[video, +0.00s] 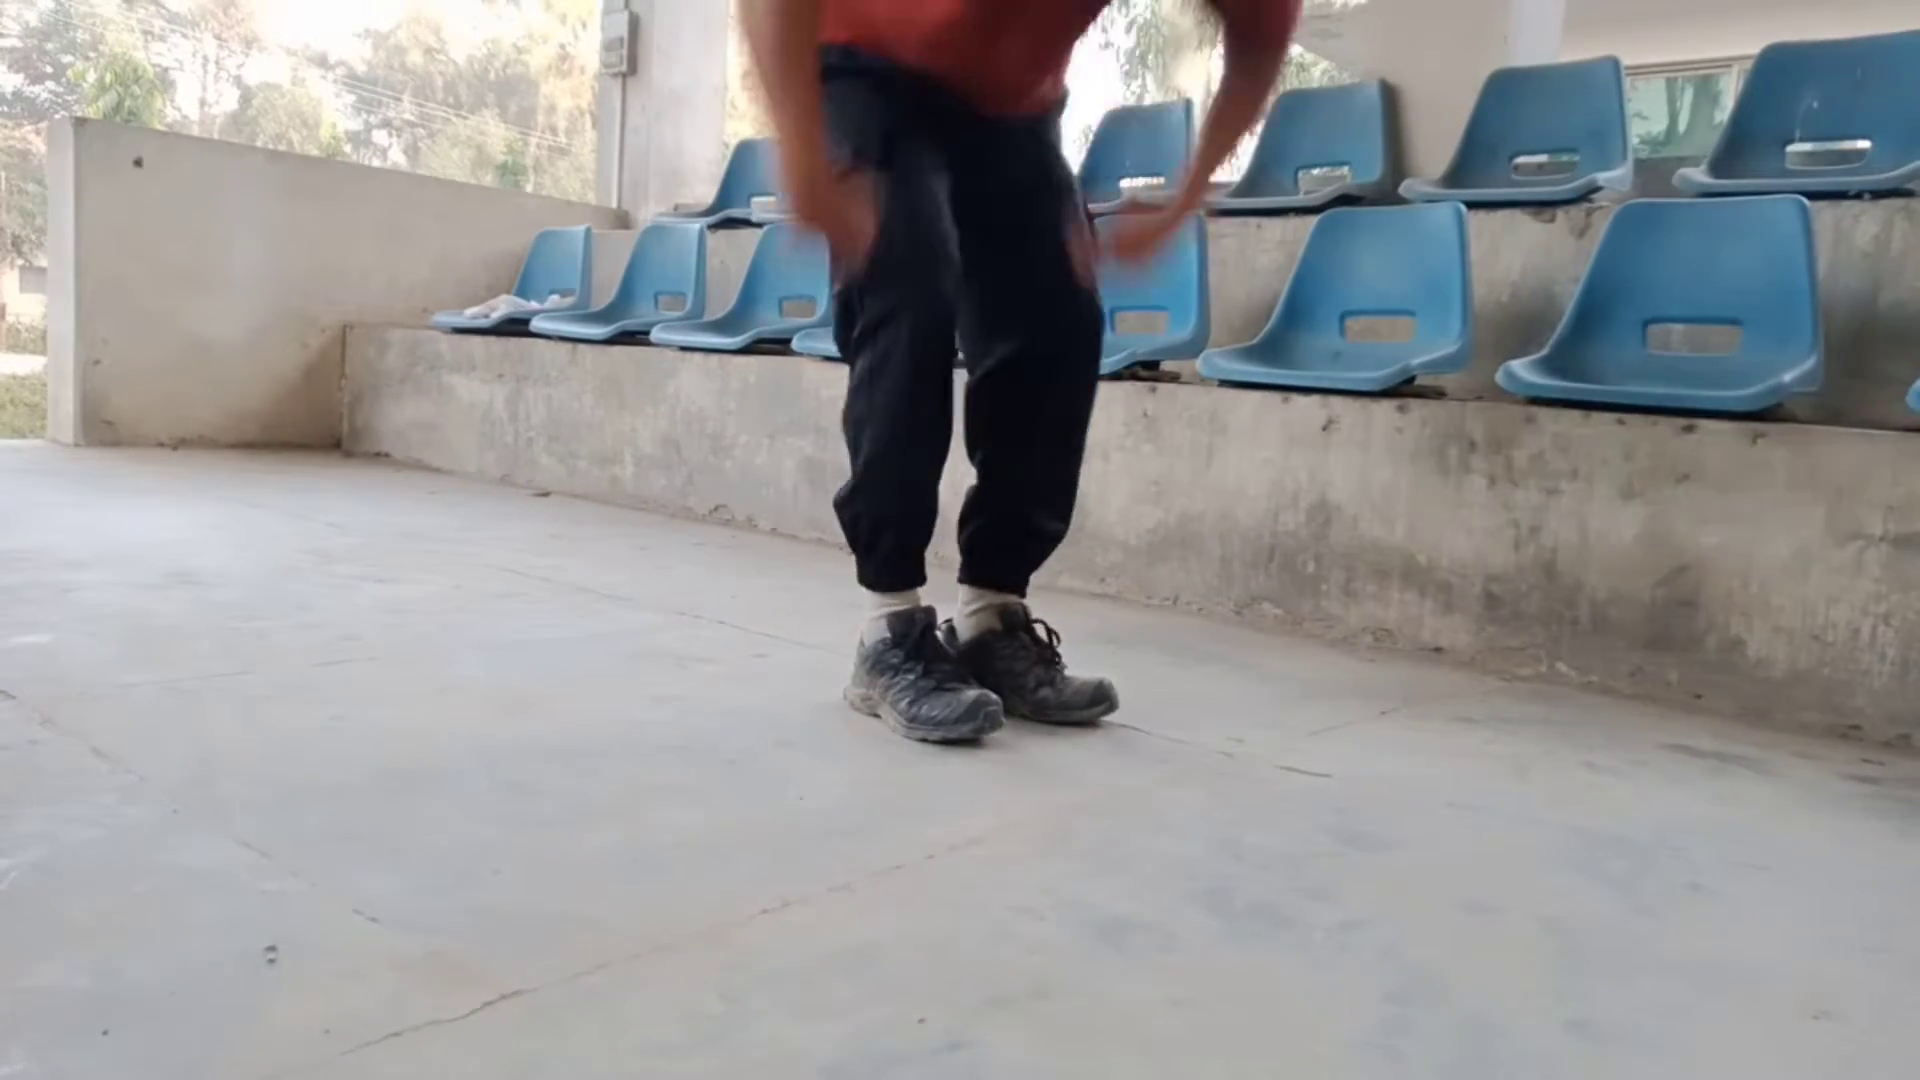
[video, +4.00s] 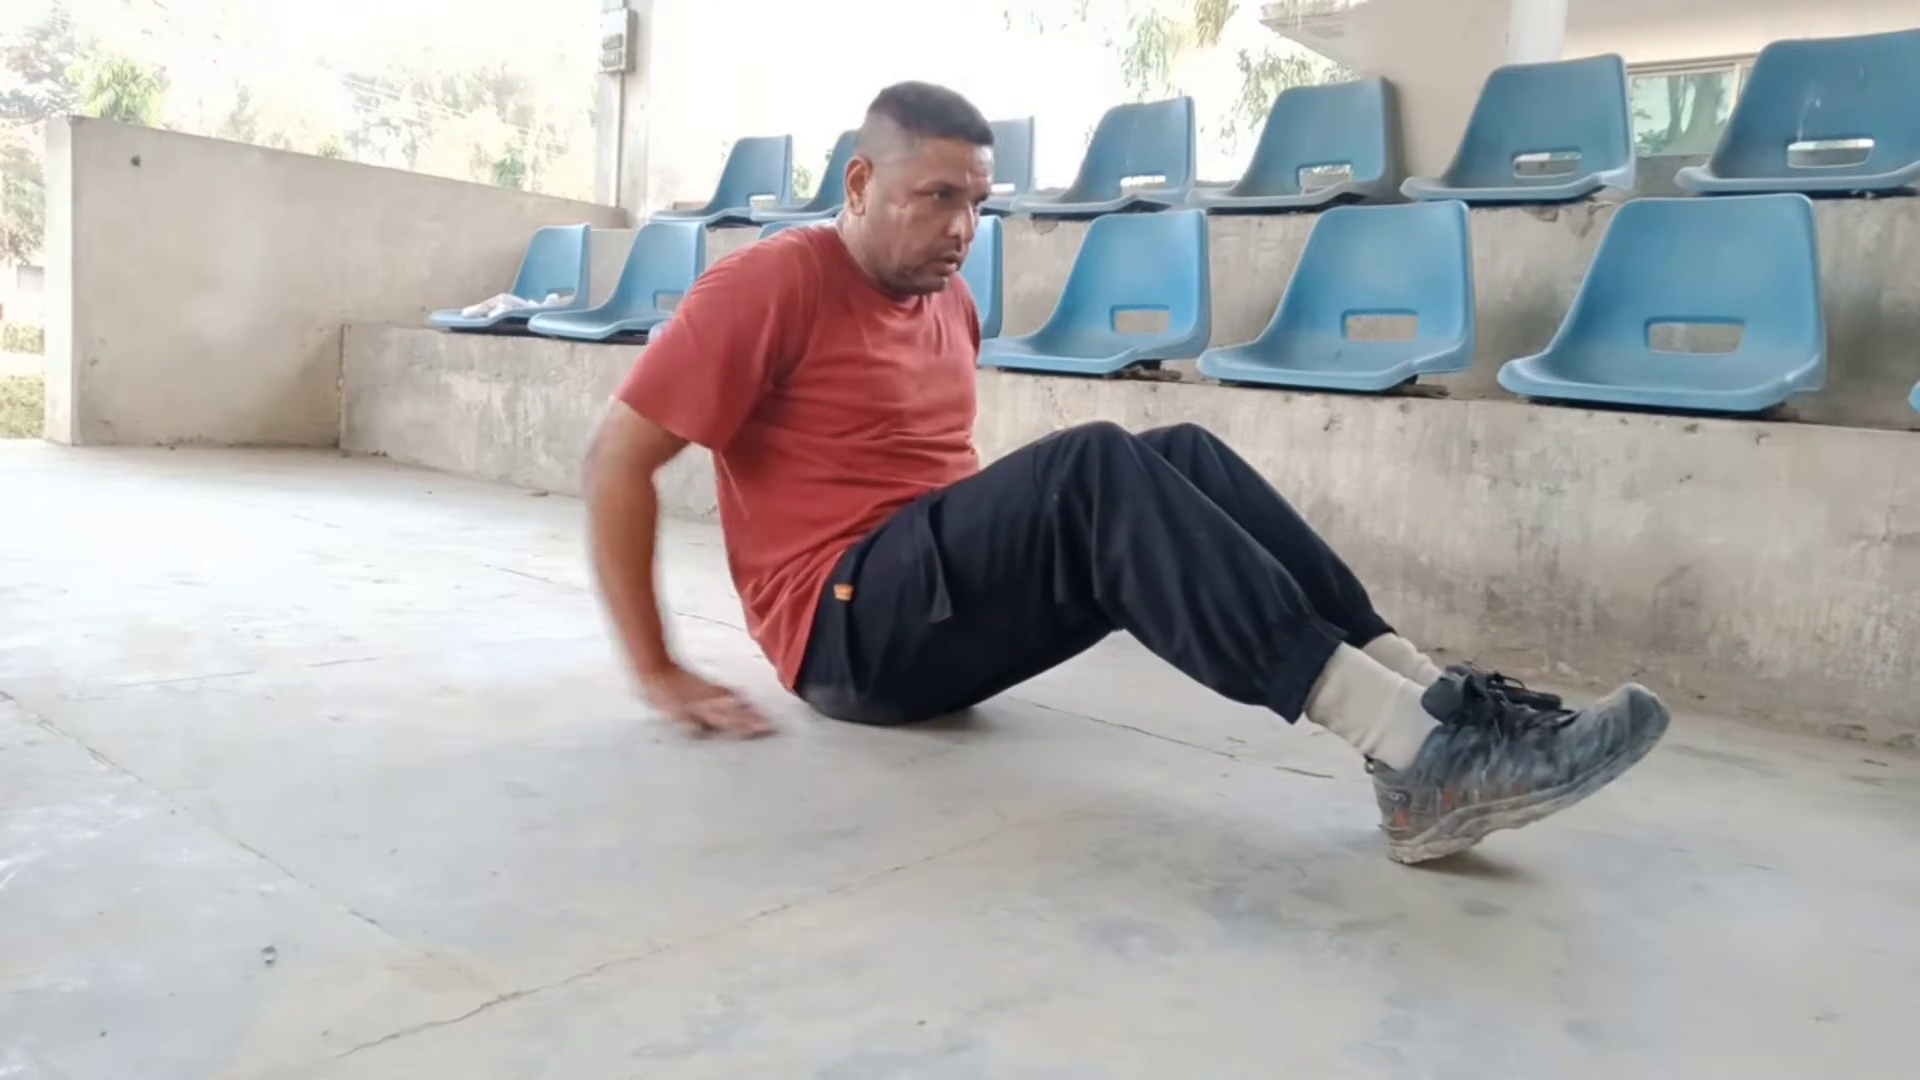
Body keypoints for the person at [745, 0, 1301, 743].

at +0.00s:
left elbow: (1260, 39)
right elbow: (777, 4)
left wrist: (1183, 194)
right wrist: (808, 170)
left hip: (1010, 87)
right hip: (865, 56)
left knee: (1053, 328)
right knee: (909, 302)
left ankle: (989, 628)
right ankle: (895, 637)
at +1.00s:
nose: (811, 144)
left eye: (829, 114)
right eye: (778, 112)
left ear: (843, 107)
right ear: (695, 106)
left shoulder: (858, 211)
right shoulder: (623, 243)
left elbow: (1041, 254)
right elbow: (562, 478)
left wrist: (1223, 245)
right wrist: (574, 687)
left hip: (878, 540)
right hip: (755, 632)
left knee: (1048, 345)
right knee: (885, 539)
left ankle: (976, 637)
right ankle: (1289, 771)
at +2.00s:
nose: (910, 208)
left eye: (923, 185)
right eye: (887, 180)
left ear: (929, 183)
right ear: (810, 167)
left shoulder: (923, 283)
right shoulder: (723, 262)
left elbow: (948, 456)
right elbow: (641, 464)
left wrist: (938, 633)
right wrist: (657, 674)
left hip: (906, 591)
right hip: (792, 612)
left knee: (1131, 473)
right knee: (1025, 475)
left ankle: (1390, 698)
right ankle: (1344, 752)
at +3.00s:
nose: (959, 231)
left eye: (984, 210)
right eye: (937, 200)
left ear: (999, 208)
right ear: (873, 182)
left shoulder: (973, 298)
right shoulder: (786, 277)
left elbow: (928, 468)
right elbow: (664, 476)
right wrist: (709, 678)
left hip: (946, 616)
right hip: (842, 629)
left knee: (1191, 456)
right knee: (1070, 454)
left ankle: (1444, 703)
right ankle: (1373, 757)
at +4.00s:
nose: (959, 226)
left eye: (973, 203)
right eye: (938, 198)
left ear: (973, 203)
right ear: (858, 187)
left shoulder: (946, 302)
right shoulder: (764, 286)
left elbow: (923, 463)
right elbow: (618, 461)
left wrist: (951, 607)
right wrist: (656, 674)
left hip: (936, 601)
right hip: (845, 618)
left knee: (1180, 456)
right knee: (1100, 472)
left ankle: (1452, 712)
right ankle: (1411, 764)